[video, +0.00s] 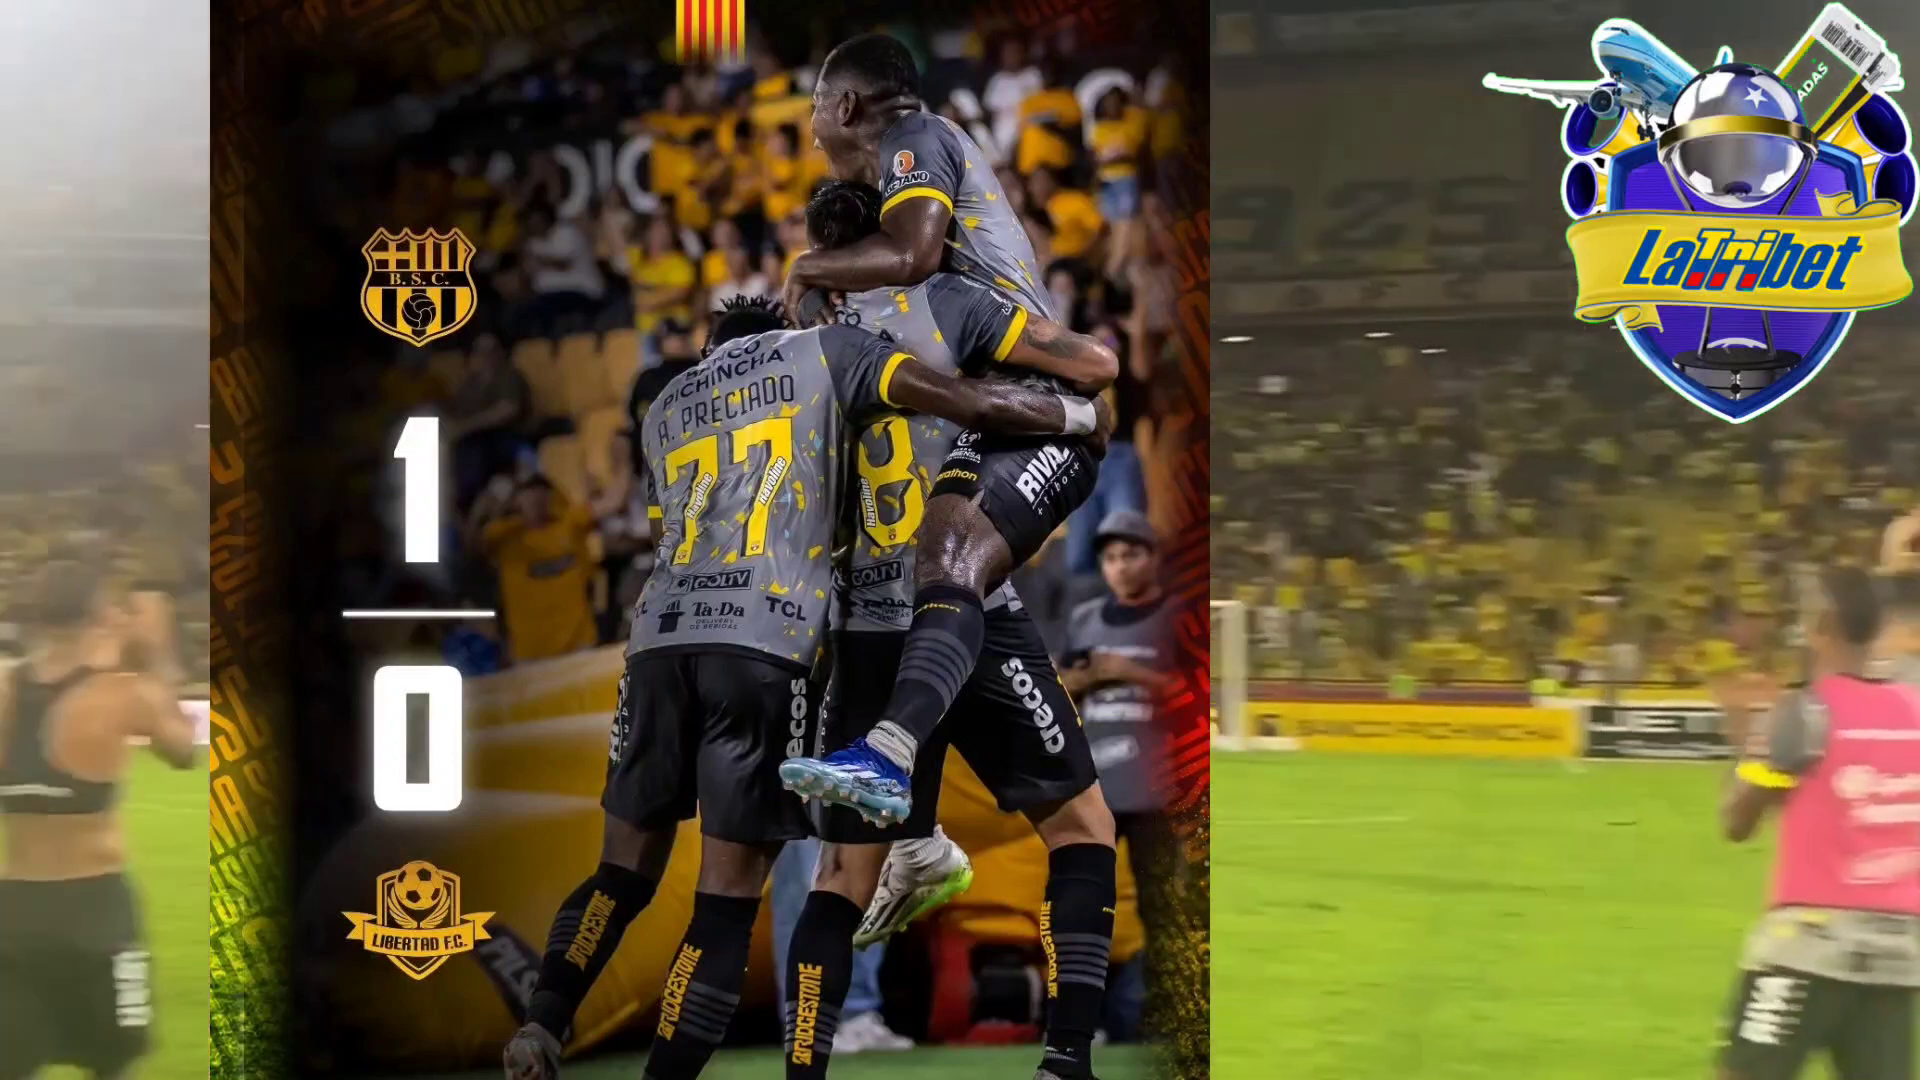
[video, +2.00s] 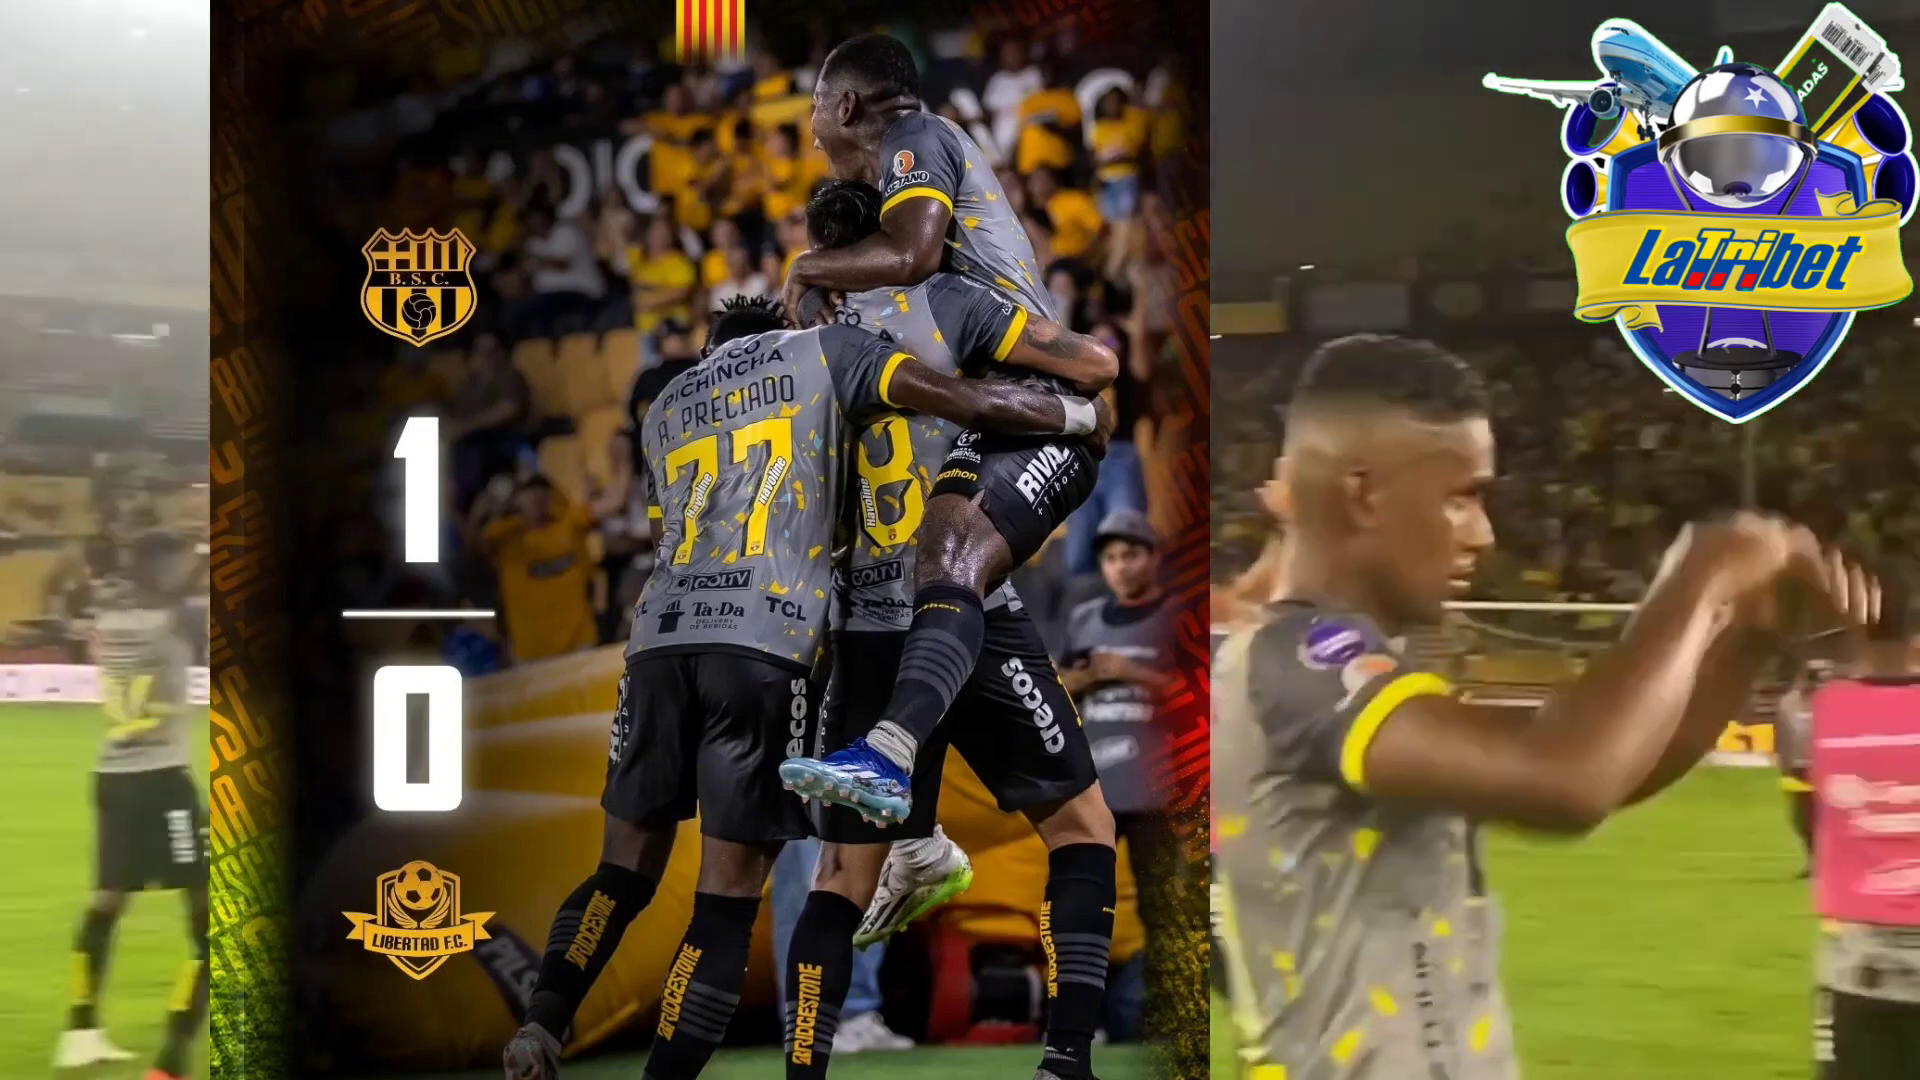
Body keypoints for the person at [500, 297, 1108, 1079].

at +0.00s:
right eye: (804, 317)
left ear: (708, 345)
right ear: (787, 323)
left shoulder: (661, 407)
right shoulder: (830, 348)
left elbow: (679, 519)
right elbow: (972, 400)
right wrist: (1089, 418)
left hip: (657, 648)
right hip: (761, 648)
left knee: (623, 867)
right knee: (727, 893)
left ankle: (543, 1026)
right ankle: (667, 1075)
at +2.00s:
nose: (824, 324)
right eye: (812, 317)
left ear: (708, 346)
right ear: (791, 323)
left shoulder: (659, 403)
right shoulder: (831, 348)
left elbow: (677, 520)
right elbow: (971, 400)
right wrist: (1088, 417)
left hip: (657, 648)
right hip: (761, 648)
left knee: (623, 865)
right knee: (727, 892)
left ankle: (541, 1027)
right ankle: (667, 1075)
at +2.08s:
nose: (828, 325)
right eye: (816, 318)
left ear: (708, 345)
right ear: (790, 323)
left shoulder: (660, 407)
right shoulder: (830, 348)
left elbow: (679, 522)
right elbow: (973, 400)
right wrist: (1089, 417)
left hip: (657, 648)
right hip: (762, 648)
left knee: (623, 865)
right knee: (728, 892)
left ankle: (542, 1027)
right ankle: (667, 1075)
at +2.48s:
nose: (824, 324)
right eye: (814, 318)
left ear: (710, 346)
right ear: (794, 323)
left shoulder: (660, 404)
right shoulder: (830, 347)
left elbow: (681, 519)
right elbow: (969, 399)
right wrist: (1086, 417)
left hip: (657, 648)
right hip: (761, 649)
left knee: (623, 865)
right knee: (727, 892)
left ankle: (542, 1027)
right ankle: (667, 1075)